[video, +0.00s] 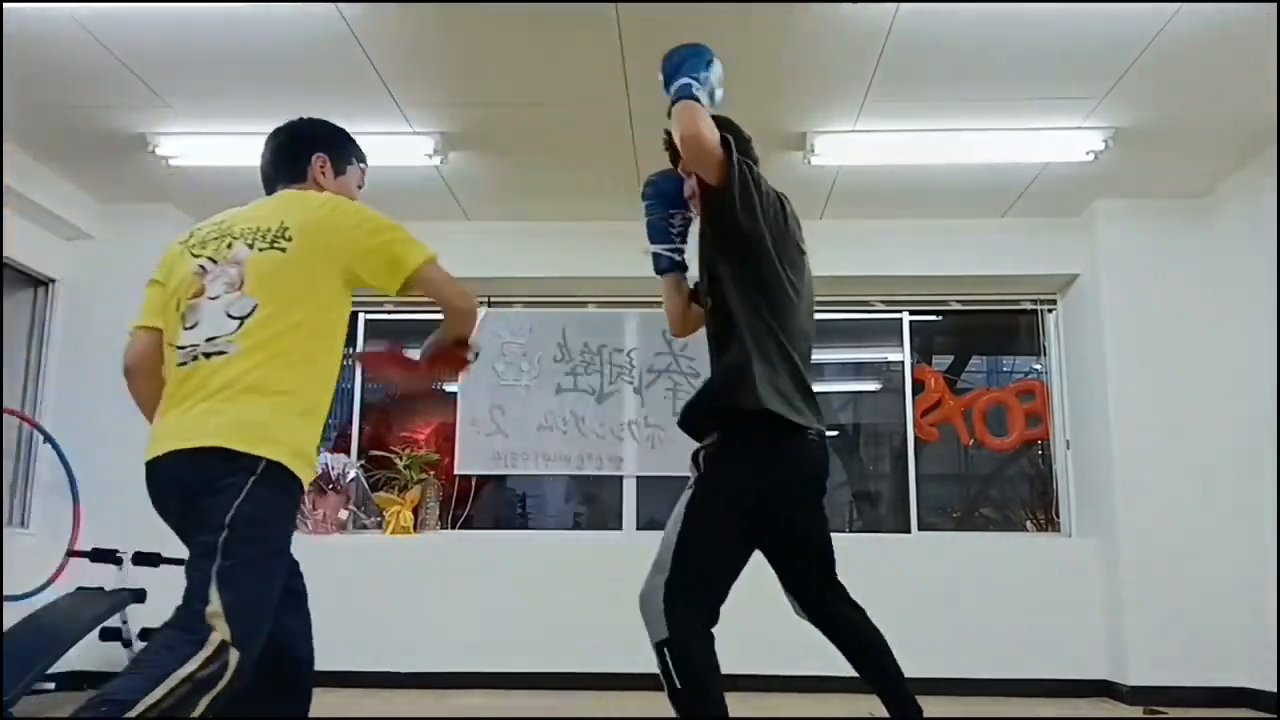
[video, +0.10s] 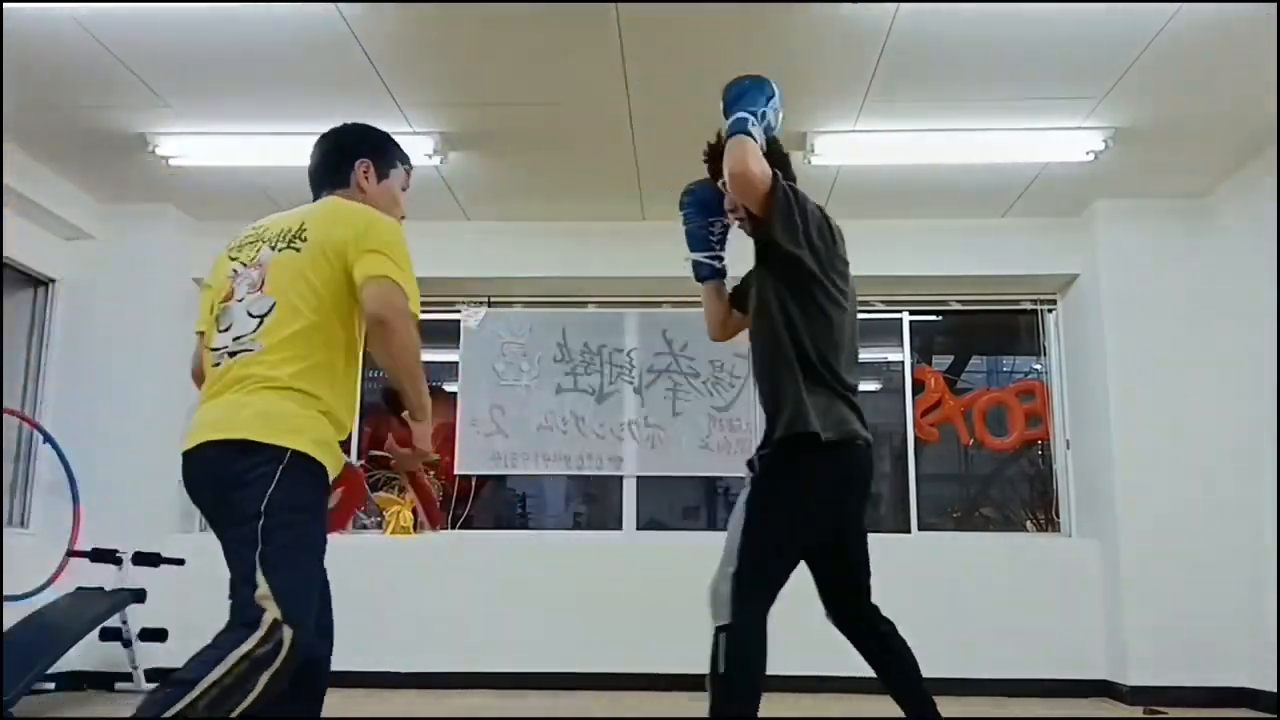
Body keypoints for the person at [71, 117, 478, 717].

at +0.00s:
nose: (359, 199)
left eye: (362, 187)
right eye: (356, 183)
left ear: (274, 177)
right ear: (321, 169)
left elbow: (141, 360)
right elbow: (463, 307)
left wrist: (187, 436)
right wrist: (441, 351)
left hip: (171, 462)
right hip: (253, 453)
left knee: (285, 638)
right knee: (213, 635)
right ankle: (102, 713)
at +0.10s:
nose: (404, 207)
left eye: (406, 191)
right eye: (401, 187)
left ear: (334, 180)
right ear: (365, 175)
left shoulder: (240, 246)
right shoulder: (364, 222)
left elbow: (206, 368)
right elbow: (384, 308)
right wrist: (421, 415)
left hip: (211, 446)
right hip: (278, 443)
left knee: (305, 636)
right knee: (271, 628)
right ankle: (163, 711)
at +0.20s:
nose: (451, 180)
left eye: (454, 166)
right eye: (447, 160)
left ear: (408, 151)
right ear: (406, 146)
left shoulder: (366, 233)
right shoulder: (368, 185)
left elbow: (306, 350)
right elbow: (295, 220)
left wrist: (384, 395)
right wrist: (384, 305)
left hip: (302, 426)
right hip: (283, 418)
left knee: (325, 609)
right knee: (312, 603)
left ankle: (294, 711)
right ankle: (248, 711)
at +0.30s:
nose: (477, 144)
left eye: (480, 132)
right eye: (471, 125)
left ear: (430, 119)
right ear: (428, 111)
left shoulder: (425, 229)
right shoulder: (355, 148)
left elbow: (479, 278)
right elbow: (258, 191)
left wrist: (523, 285)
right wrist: (365, 204)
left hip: (353, 415)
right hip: (303, 395)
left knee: (322, 620)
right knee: (352, 623)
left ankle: (272, 711)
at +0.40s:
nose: (499, 132)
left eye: (501, 120)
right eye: (492, 113)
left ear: (451, 110)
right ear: (447, 102)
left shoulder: (465, 201)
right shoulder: (367, 149)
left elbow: (538, 213)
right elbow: (293, 222)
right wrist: (419, 210)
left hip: (392, 414)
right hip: (327, 403)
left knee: (403, 591)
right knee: (360, 602)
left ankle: (316, 700)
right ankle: (323, 710)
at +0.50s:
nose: (521, 152)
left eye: (524, 139)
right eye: (515, 133)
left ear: (476, 128)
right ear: (473, 123)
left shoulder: (495, 212)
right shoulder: (394, 183)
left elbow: (574, 236)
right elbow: (369, 284)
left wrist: (643, 197)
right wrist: (482, 256)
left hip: (421, 441)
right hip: (346, 431)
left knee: (462, 594)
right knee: (388, 619)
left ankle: (411, 710)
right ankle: (339, 711)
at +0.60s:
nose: (555, 183)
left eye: (558, 168)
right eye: (550, 162)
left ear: (511, 153)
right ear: (507, 148)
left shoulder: (523, 239)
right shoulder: (416, 213)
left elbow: (558, 331)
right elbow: (388, 321)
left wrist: (621, 311)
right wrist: (505, 309)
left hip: (455, 456)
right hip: (382, 446)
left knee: (508, 610)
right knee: (426, 630)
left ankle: (534, 712)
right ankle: (367, 713)